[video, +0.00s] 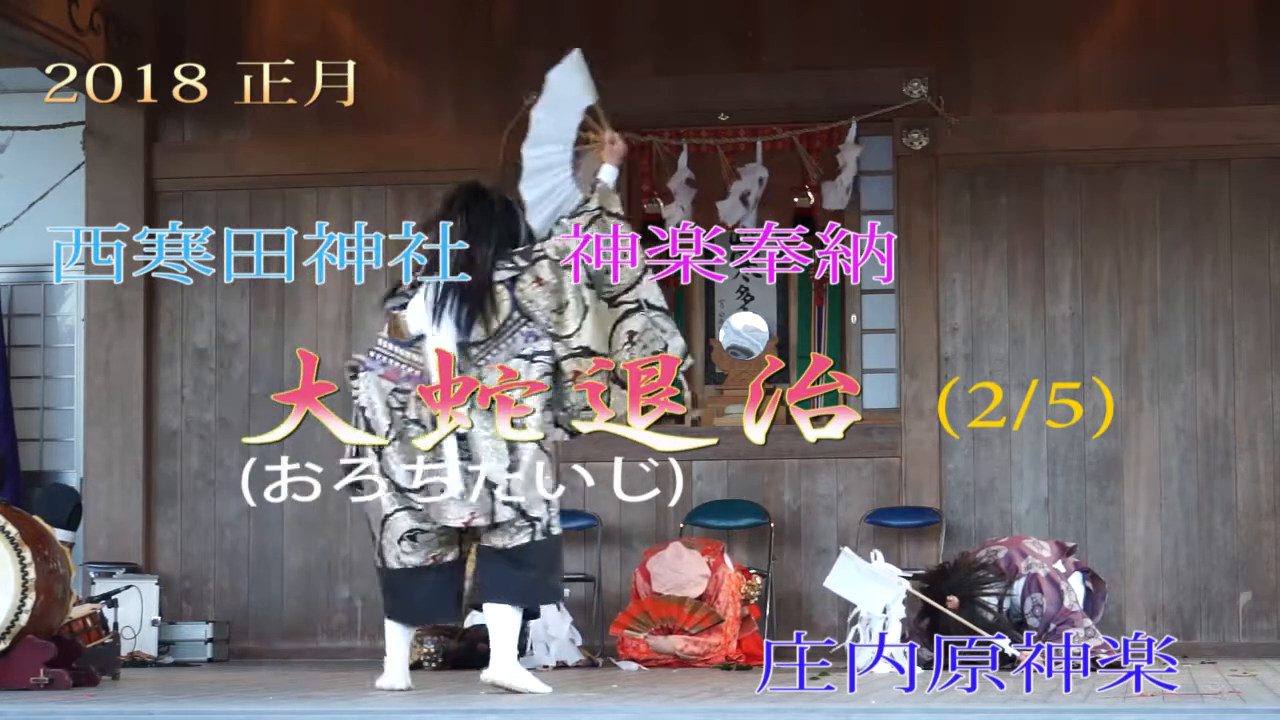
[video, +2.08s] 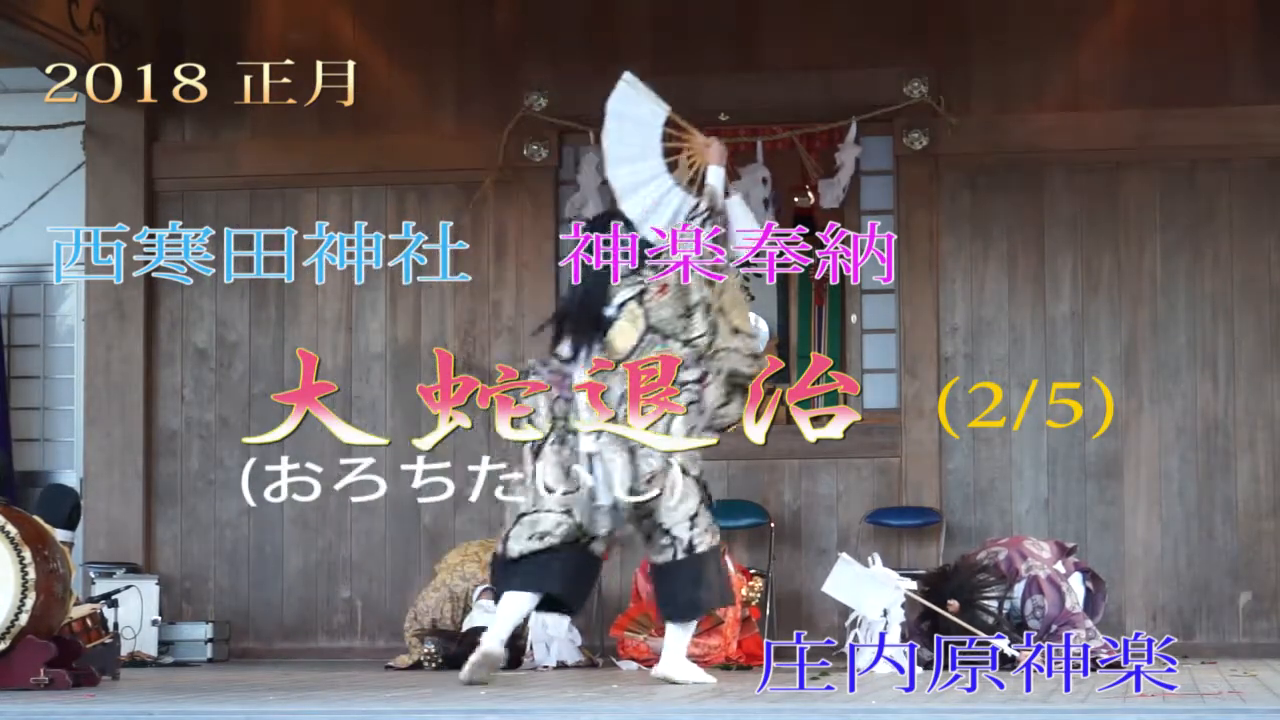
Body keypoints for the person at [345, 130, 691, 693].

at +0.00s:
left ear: (444, 233)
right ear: (508, 235)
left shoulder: (416, 298)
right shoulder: (527, 288)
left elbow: (382, 375)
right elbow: (582, 239)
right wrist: (608, 172)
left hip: (424, 448)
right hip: (503, 445)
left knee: (410, 550)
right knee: (509, 547)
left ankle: (396, 666)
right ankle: (504, 660)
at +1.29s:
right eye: (505, 230)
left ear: (447, 244)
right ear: (503, 238)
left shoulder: (423, 306)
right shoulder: (523, 284)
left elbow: (397, 391)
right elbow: (575, 257)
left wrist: (398, 440)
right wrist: (612, 204)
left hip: (431, 442)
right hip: (502, 432)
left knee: (442, 554)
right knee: (529, 528)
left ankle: (453, 662)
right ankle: (525, 614)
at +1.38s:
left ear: (455, 252)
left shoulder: (430, 311)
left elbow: (398, 402)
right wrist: (609, 212)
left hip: (430, 456)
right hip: (496, 452)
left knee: (452, 560)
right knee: (585, 507)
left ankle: (454, 661)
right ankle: (576, 592)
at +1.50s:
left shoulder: (468, 307)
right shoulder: (549, 282)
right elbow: (581, 263)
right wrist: (612, 209)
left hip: (452, 457)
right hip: (514, 454)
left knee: (465, 550)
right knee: (616, 470)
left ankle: (454, 661)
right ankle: (640, 570)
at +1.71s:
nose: (560, 257)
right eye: (554, 248)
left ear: (493, 258)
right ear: (544, 253)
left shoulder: (476, 317)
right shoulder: (566, 292)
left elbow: (462, 405)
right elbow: (610, 249)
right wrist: (636, 195)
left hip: (480, 460)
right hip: (545, 456)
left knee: (489, 555)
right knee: (643, 514)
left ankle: (456, 657)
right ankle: (685, 615)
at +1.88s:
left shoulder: (548, 326)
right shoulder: (614, 313)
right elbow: (659, 256)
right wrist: (665, 200)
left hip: (533, 459)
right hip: (596, 459)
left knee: (523, 554)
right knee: (669, 545)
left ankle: (458, 658)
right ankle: (671, 657)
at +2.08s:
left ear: (591, 253)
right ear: (645, 250)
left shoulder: (586, 302)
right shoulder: (666, 294)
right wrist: (717, 180)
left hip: (577, 436)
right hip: (648, 441)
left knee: (548, 528)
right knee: (686, 534)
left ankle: (495, 640)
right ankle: (674, 656)